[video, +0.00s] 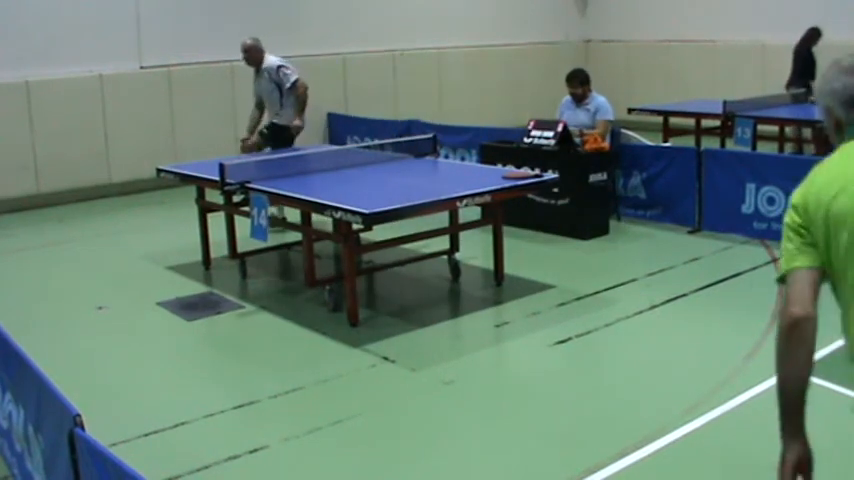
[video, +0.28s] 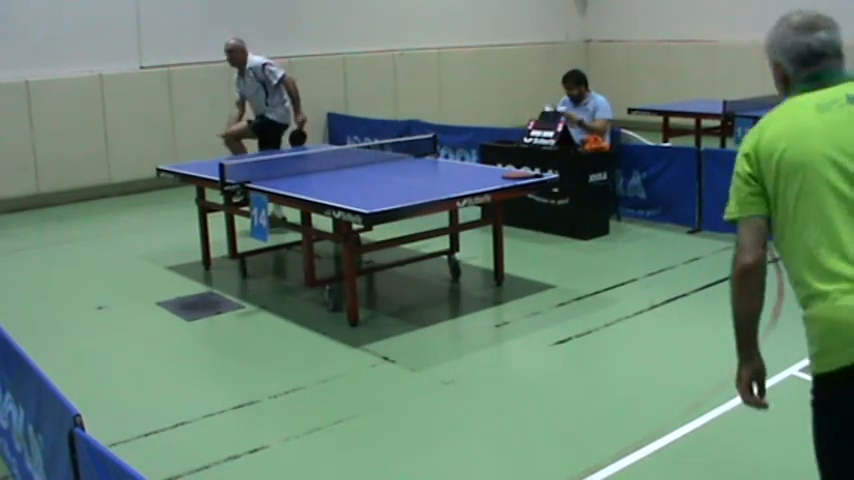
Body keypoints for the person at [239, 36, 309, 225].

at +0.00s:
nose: (245, 59)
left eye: (247, 54)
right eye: (244, 55)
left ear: (258, 52)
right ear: (249, 54)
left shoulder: (275, 66)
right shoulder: (259, 72)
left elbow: (301, 88)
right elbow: (259, 106)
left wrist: (299, 117)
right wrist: (249, 135)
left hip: (286, 122)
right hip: (277, 122)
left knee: (249, 147)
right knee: (277, 166)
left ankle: (249, 191)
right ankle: (278, 211)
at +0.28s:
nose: (228, 58)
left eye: (231, 53)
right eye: (226, 54)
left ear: (243, 52)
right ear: (229, 56)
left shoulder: (260, 66)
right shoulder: (240, 77)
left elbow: (289, 82)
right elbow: (240, 106)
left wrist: (298, 113)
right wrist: (231, 129)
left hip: (276, 119)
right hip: (266, 119)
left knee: (230, 135)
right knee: (268, 167)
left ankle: (249, 177)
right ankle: (277, 209)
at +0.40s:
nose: (225, 55)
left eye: (228, 50)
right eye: (223, 51)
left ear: (240, 49)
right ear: (225, 53)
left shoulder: (256, 65)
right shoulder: (236, 73)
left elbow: (281, 87)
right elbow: (232, 100)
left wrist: (288, 119)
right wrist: (220, 117)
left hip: (268, 123)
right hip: (256, 123)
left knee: (229, 150)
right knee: (266, 167)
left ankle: (242, 191)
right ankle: (277, 209)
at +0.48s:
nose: (222, 52)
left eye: (225, 48)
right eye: (221, 48)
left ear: (237, 48)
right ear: (224, 50)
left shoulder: (253, 66)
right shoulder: (231, 71)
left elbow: (276, 91)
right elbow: (226, 98)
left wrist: (279, 121)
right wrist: (217, 111)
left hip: (263, 127)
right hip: (252, 128)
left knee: (233, 164)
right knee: (268, 171)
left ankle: (231, 212)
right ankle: (276, 212)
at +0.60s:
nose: (216, 52)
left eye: (220, 47)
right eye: (215, 47)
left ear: (232, 48)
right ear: (216, 50)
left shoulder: (244, 68)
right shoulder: (223, 72)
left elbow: (265, 95)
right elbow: (220, 100)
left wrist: (265, 127)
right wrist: (211, 117)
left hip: (253, 135)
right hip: (242, 135)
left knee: (239, 180)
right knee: (261, 175)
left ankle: (229, 221)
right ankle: (275, 212)